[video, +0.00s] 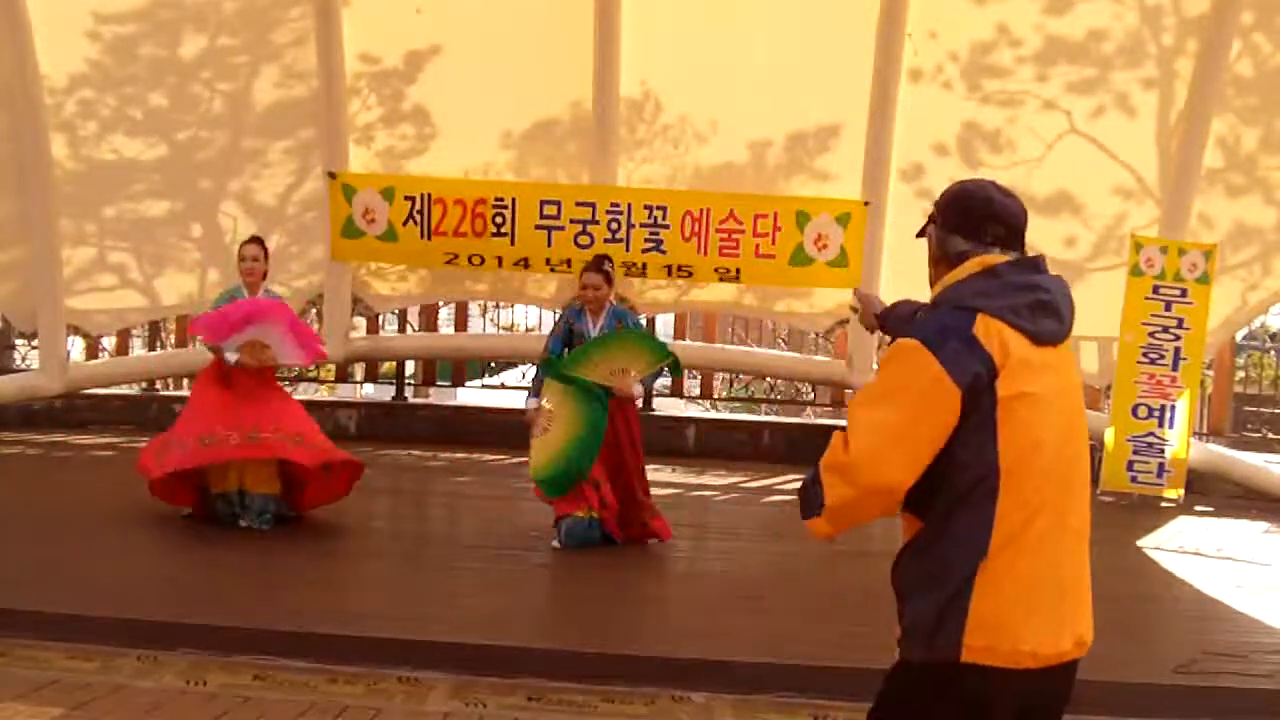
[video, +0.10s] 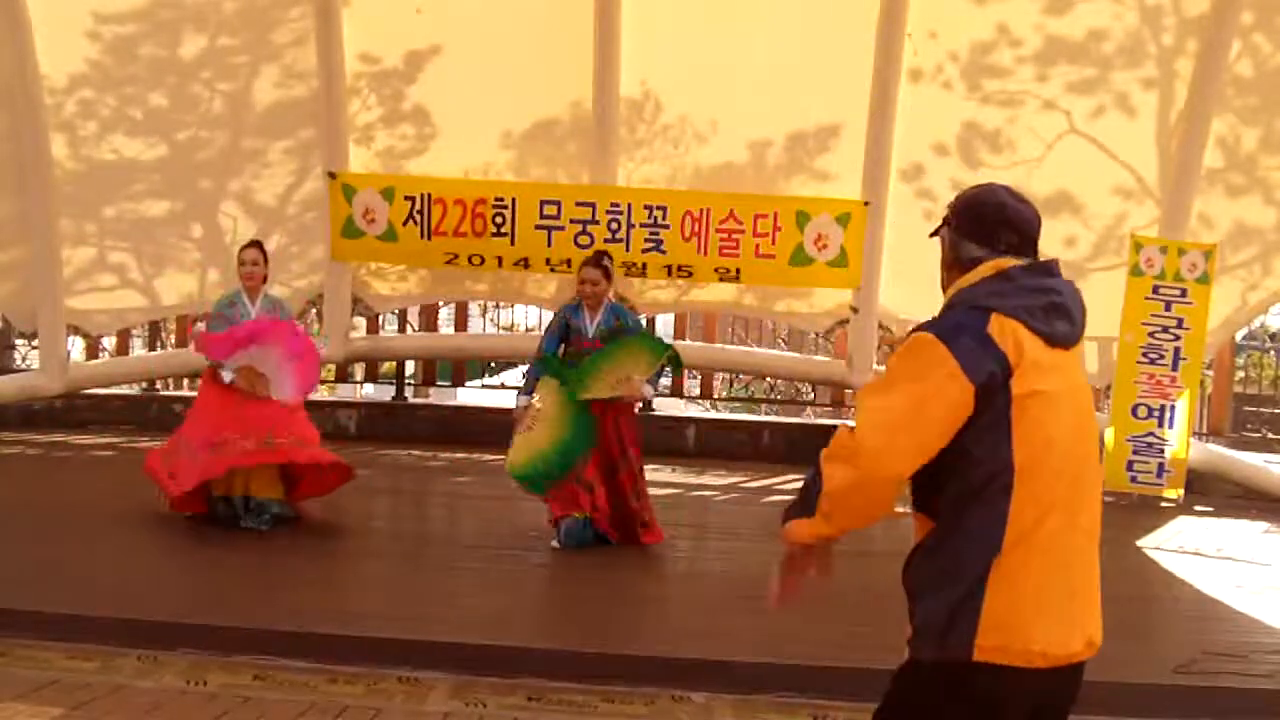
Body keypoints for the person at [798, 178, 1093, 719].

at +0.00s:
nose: (928, 255)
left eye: (929, 239)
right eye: (929, 238)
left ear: (944, 244)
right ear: (1010, 248)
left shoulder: (952, 329)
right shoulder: (1047, 324)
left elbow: (873, 467)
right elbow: (963, 328)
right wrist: (887, 316)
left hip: (970, 652)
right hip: (1054, 647)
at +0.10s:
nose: (941, 258)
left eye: (943, 244)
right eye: (943, 243)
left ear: (952, 249)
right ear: (1020, 256)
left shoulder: (963, 332)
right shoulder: (1054, 338)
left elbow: (872, 453)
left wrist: (810, 524)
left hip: (977, 656)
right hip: (1059, 656)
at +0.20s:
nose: (950, 265)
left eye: (951, 249)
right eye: (952, 248)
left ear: (963, 251)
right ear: (1031, 256)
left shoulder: (972, 331)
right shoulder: (1065, 339)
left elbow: (870, 436)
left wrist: (788, 521)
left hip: (983, 654)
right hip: (1063, 653)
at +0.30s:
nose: (956, 251)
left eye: (958, 235)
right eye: (957, 235)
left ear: (970, 240)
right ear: (1035, 247)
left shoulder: (976, 327)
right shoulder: (1074, 333)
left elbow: (862, 422)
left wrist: (768, 491)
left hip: (984, 646)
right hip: (1065, 647)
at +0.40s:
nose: (964, 243)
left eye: (965, 228)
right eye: (965, 228)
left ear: (979, 230)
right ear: (1049, 237)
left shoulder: (978, 319)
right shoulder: (1092, 326)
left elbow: (852, 406)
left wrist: (750, 460)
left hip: (979, 642)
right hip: (1066, 643)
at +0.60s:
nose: (997, 220)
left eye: (1000, 205)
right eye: (999, 205)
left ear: (1014, 210)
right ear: (1087, 221)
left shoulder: (988, 305)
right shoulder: (1144, 325)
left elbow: (848, 354)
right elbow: (1184, 410)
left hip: (965, 618)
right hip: (1063, 624)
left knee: (927, 713)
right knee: (1025, 715)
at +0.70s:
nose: (1010, 224)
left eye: (1013, 207)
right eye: (1013, 208)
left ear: (1027, 209)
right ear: (1107, 220)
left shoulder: (984, 300)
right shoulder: (1159, 335)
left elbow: (841, 314)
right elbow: (1219, 417)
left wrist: (734, 250)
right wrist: (1189, 355)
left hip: (956, 612)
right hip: (1058, 623)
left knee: (914, 719)